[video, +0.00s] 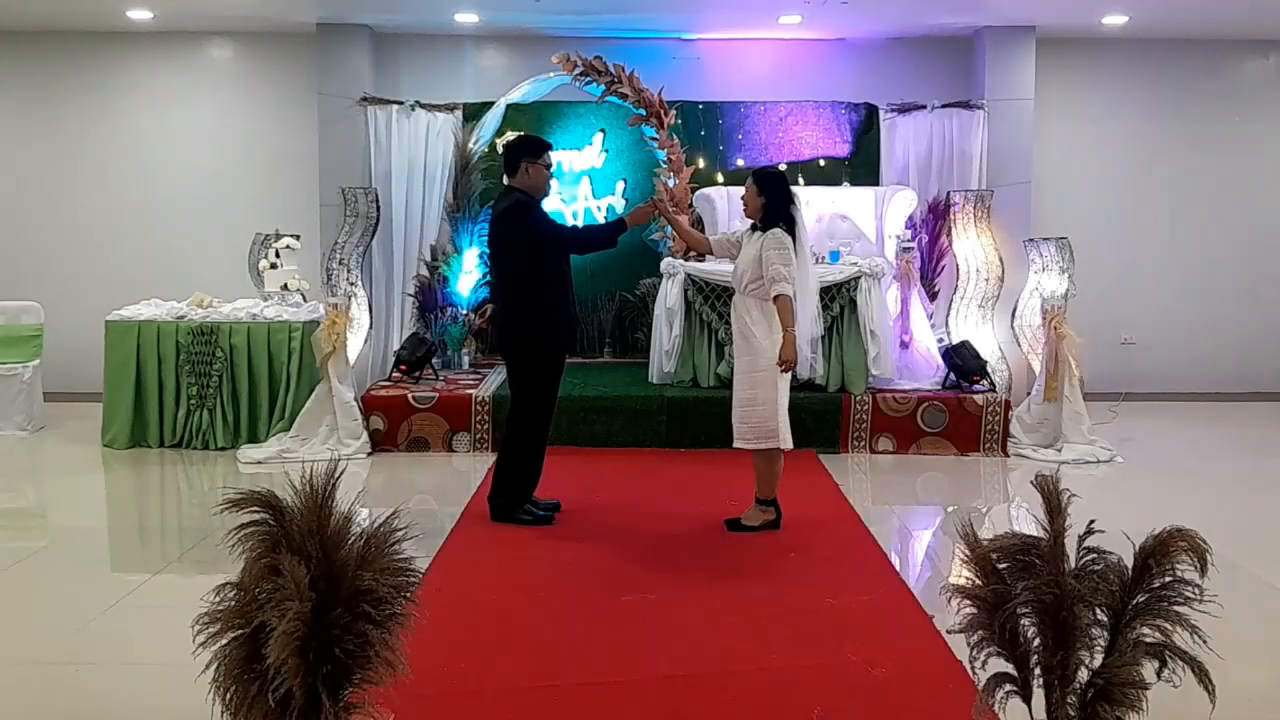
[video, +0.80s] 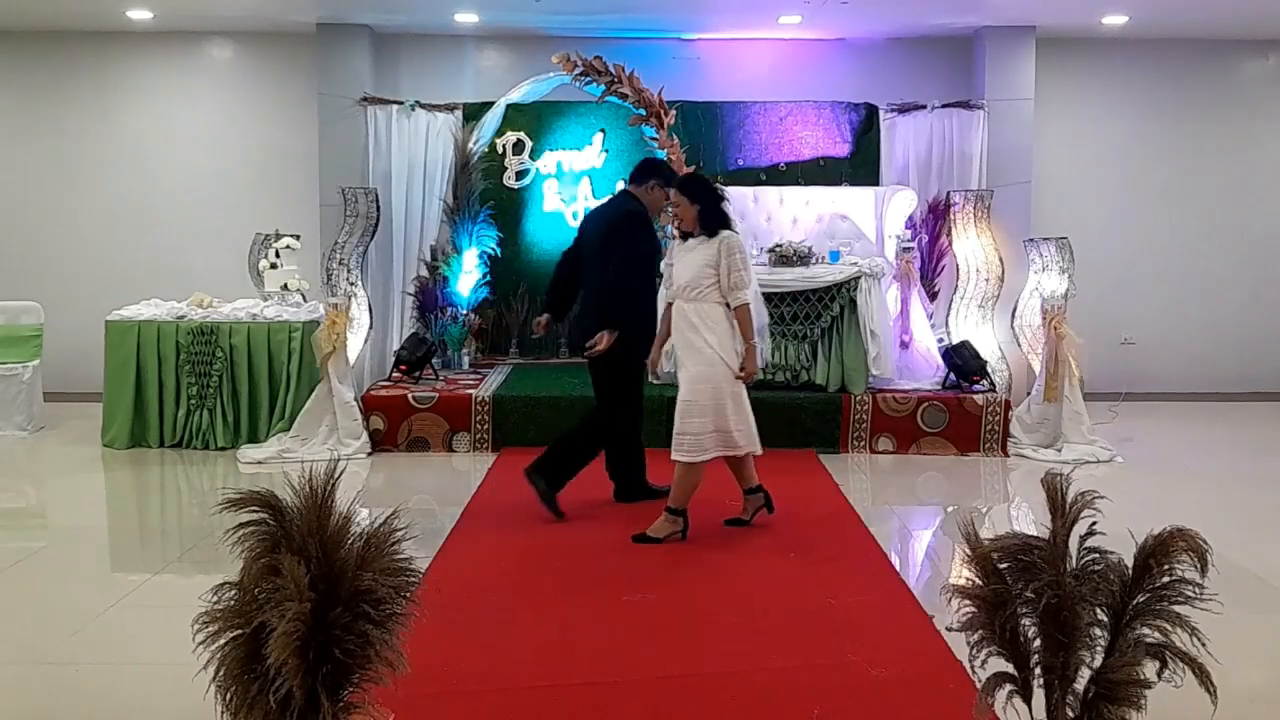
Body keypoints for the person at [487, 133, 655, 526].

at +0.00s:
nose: (551, 176)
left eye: (550, 169)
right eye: (546, 169)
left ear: (523, 171)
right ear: (524, 170)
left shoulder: (517, 209)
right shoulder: (518, 211)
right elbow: (568, 241)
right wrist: (626, 222)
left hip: (534, 329)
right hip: (533, 331)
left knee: (532, 416)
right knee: (529, 417)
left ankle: (519, 494)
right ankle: (507, 503)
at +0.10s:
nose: (557, 180)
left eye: (557, 172)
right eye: (553, 172)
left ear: (530, 173)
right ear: (533, 172)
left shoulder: (521, 210)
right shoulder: (521, 212)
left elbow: (569, 245)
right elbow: (572, 247)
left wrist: (621, 233)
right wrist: (627, 230)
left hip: (535, 330)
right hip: (533, 333)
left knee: (549, 406)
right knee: (539, 409)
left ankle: (524, 490)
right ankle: (507, 501)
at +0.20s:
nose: (567, 186)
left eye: (568, 179)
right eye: (564, 178)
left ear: (540, 175)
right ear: (546, 175)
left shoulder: (523, 209)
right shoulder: (531, 212)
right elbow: (574, 254)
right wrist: (630, 239)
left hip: (539, 330)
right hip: (538, 333)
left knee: (570, 401)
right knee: (541, 410)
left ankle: (542, 482)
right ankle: (507, 501)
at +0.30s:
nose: (581, 190)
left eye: (582, 183)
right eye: (579, 182)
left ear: (553, 177)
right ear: (563, 177)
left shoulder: (525, 211)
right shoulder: (545, 213)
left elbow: (500, 273)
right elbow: (582, 261)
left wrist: (492, 322)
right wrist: (634, 252)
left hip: (538, 332)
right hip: (547, 335)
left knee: (582, 399)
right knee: (536, 414)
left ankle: (578, 485)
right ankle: (508, 502)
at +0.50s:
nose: (611, 202)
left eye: (613, 195)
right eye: (610, 193)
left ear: (581, 185)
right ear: (594, 186)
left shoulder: (544, 219)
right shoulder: (583, 220)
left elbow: (515, 269)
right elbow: (593, 276)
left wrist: (489, 312)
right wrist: (630, 307)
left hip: (550, 334)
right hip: (569, 337)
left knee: (587, 411)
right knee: (541, 418)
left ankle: (620, 478)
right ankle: (508, 503)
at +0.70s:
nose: (650, 204)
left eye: (652, 197)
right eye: (649, 196)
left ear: (624, 188)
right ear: (634, 188)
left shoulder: (584, 216)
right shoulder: (623, 221)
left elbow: (552, 263)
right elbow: (621, 281)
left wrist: (526, 309)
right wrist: (611, 328)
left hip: (583, 328)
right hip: (601, 332)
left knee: (614, 408)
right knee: (577, 410)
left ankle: (627, 483)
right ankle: (521, 487)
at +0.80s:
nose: (666, 203)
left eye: (668, 196)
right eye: (664, 194)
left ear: (640, 186)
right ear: (649, 187)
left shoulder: (602, 214)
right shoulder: (636, 222)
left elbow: (573, 262)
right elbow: (627, 279)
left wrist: (552, 309)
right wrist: (613, 326)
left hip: (599, 330)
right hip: (621, 334)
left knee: (621, 409)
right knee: (616, 410)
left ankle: (630, 483)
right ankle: (548, 474)